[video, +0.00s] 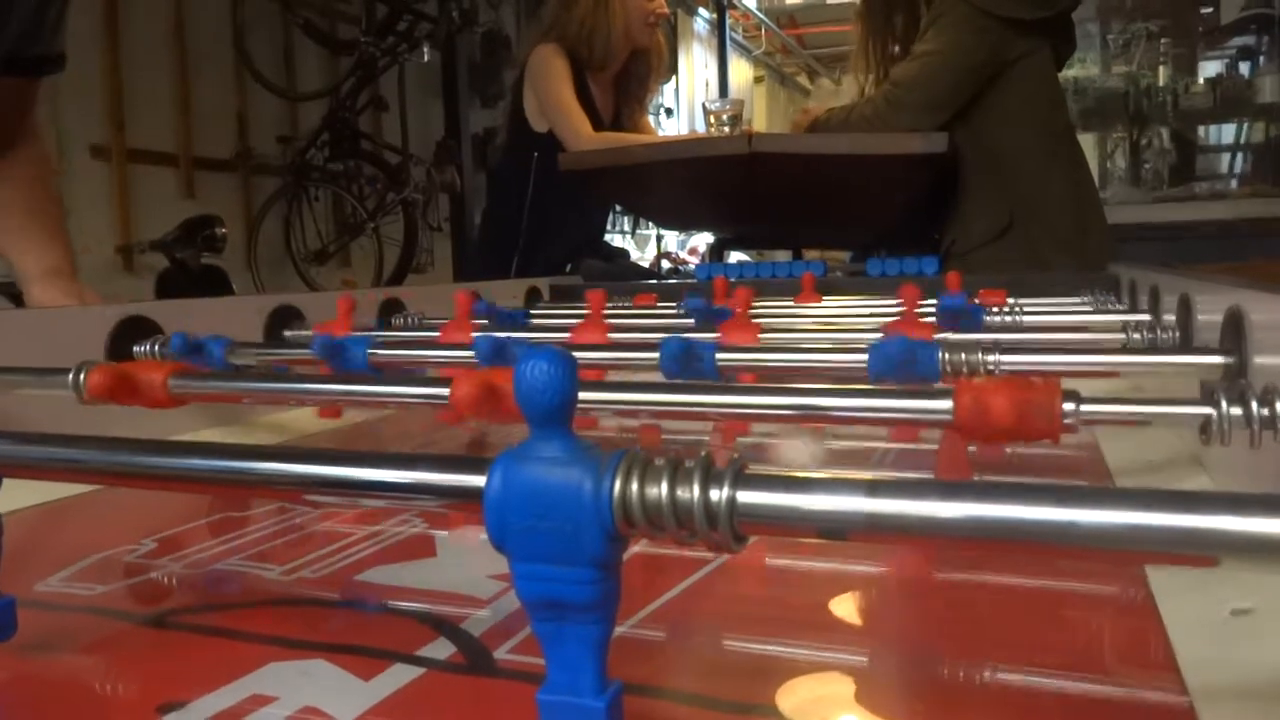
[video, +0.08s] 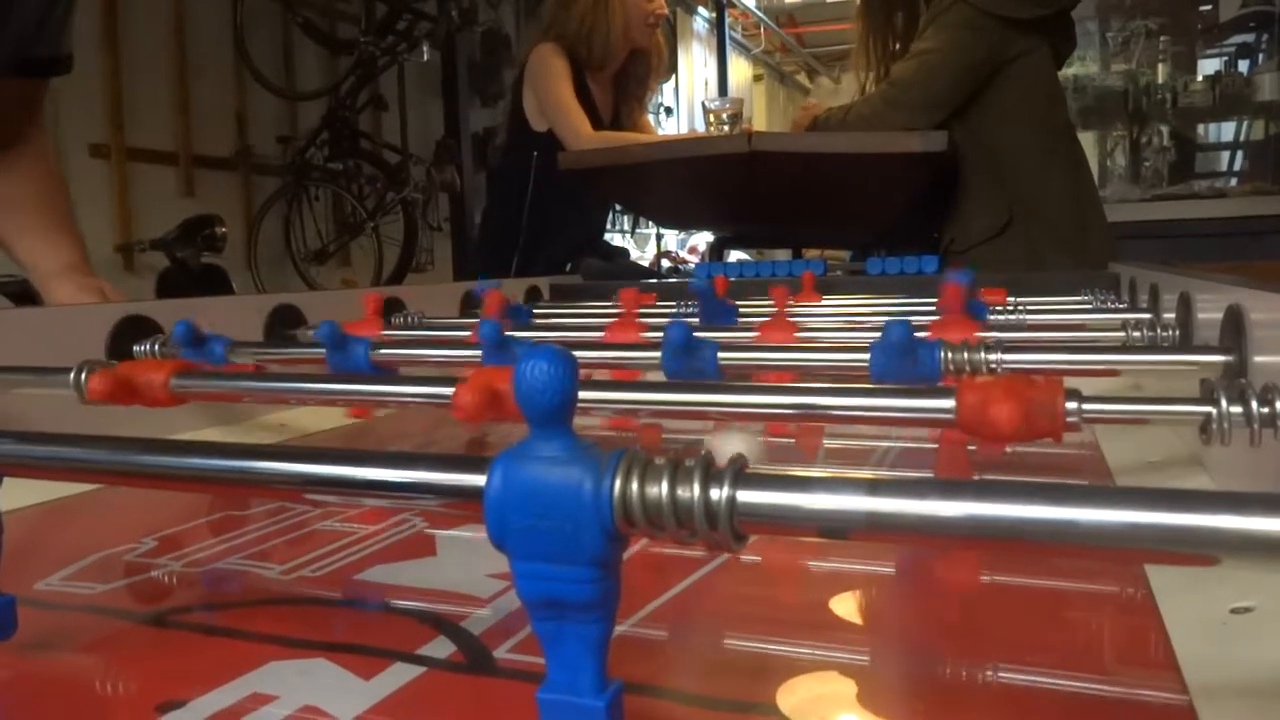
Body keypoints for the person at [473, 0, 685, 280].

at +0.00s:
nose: (664, 10)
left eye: (662, 2)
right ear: (609, 6)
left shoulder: (619, 82)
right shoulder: (548, 59)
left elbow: (652, 152)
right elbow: (582, 143)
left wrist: (700, 147)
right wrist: (678, 146)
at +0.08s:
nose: (663, 10)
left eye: (662, 2)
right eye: (649, 1)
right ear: (608, 7)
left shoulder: (620, 82)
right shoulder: (548, 58)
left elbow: (653, 149)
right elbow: (581, 142)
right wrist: (672, 145)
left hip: (578, 250)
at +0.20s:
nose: (663, 11)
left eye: (661, 2)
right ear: (608, 7)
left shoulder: (618, 83)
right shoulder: (547, 59)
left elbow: (652, 151)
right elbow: (581, 143)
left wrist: (698, 145)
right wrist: (678, 145)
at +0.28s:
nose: (664, 9)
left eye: (663, 2)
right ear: (609, 7)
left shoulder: (619, 82)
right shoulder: (548, 59)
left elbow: (651, 151)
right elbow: (581, 143)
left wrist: (696, 145)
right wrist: (675, 145)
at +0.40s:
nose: (664, 9)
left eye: (662, 2)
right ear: (609, 7)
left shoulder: (620, 81)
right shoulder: (548, 59)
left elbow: (650, 150)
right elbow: (581, 143)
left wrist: (695, 145)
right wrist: (675, 145)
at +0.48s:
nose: (665, 9)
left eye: (663, 2)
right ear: (609, 7)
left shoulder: (620, 80)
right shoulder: (548, 58)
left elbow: (651, 150)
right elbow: (581, 142)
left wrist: (696, 145)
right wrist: (677, 144)